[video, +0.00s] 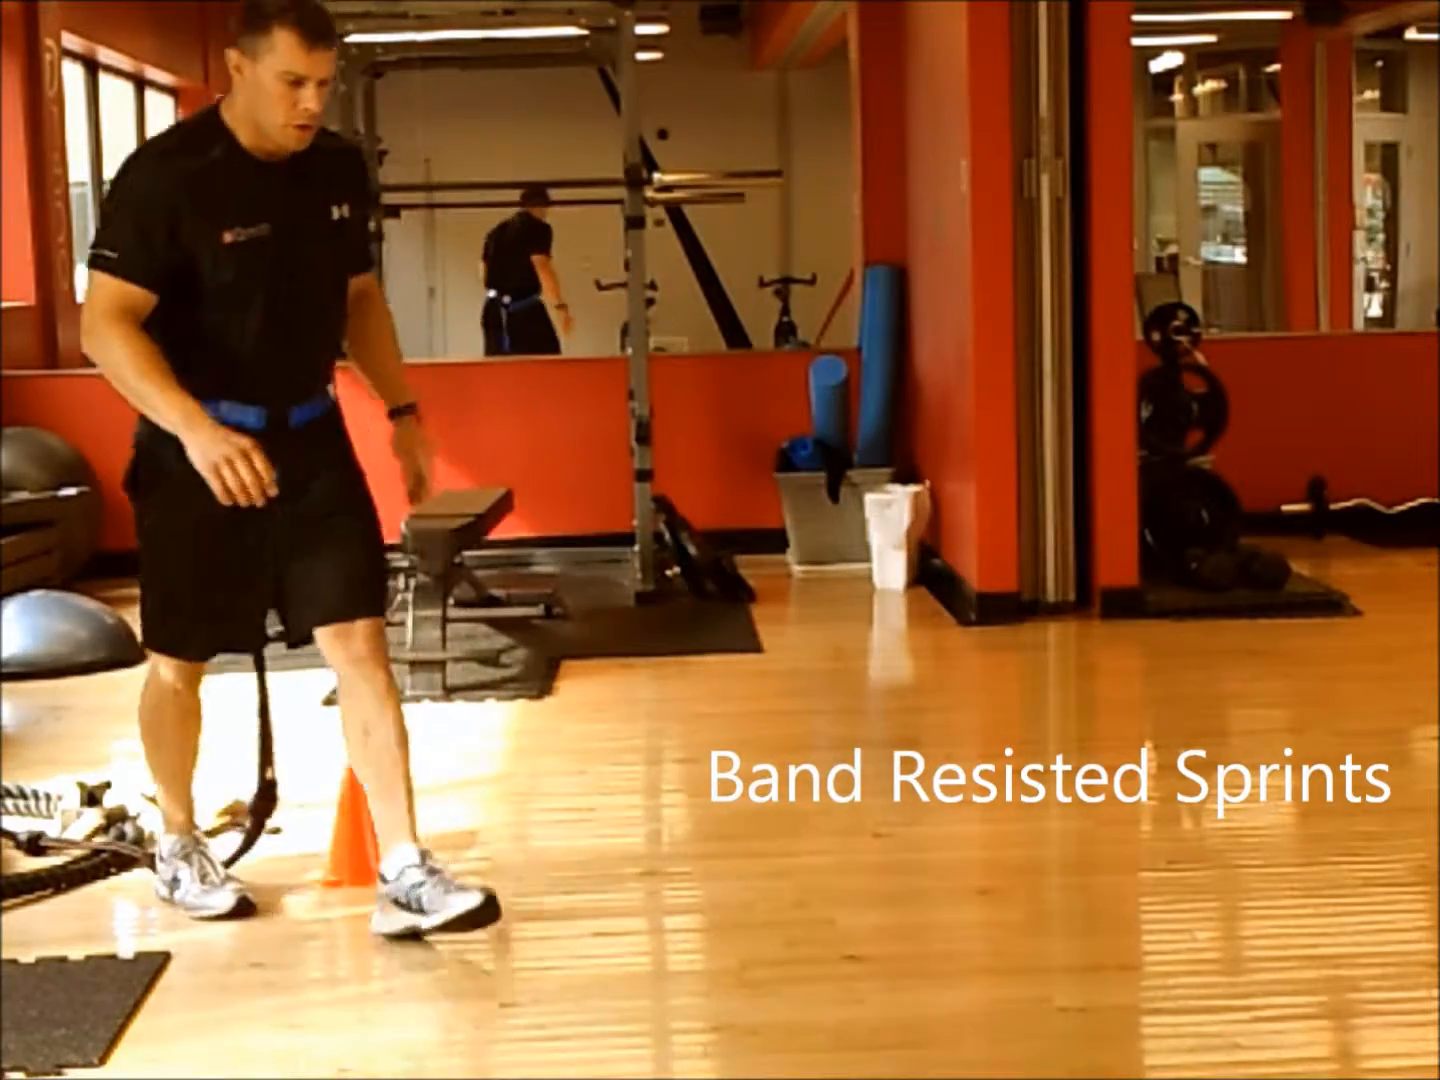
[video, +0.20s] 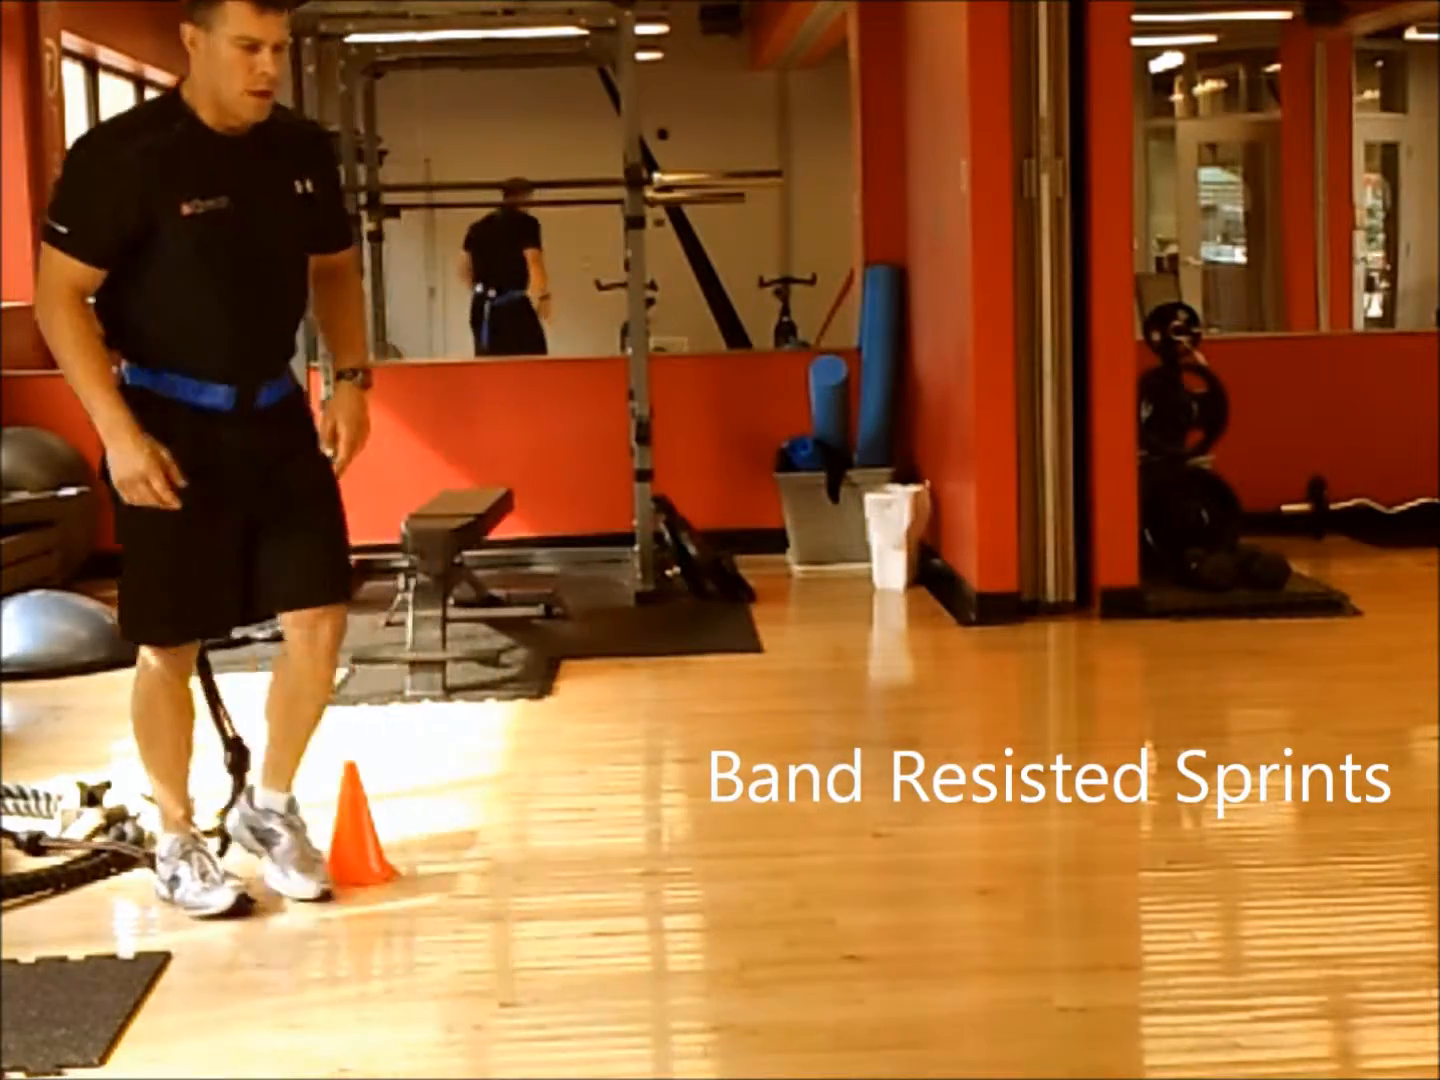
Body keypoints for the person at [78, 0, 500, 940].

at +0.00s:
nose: (313, 104)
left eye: (324, 84)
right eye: (295, 84)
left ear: (331, 77)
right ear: (236, 69)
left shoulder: (339, 167)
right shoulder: (162, 175)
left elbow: (359, 299)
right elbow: (103, 323)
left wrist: (404, 412)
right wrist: (197, 426)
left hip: (309, 441)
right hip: (193, 450)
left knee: (359, 642)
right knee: (178, 661)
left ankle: (405, 868)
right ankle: (180, 847)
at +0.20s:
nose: (271, 70)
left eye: (280, 49)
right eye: (250, 48)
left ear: (286, 49)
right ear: (191, 42)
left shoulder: (306, 151)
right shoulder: (117, 156)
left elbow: (336, 273)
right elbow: (59, 300)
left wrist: (349, 377)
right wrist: (119, 433)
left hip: (278, 423)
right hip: (168, 430)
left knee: (319, 621)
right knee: (170, 646)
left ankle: (267, 809)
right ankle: (177, 840)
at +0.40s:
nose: (253, 61)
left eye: (264, 42)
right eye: (232, 39)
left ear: (277, 47)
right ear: (177, 40)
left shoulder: (296, 154)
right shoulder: (112, 155)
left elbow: (333, 285)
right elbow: (43, 297)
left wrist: (366, 397)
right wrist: (63, 443)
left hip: (256, 428)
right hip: (155, 426)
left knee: (248, 635)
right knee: (167, 642)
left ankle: (201, 791)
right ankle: (175, 841)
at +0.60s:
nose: (269, 82)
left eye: (279, 65)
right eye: (250, 62)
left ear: (289, 72)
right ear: (195, 64)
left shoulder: (303, 183)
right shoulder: (124, 175)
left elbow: (349, 316)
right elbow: (50, 308)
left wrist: (392, 429)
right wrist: (61, 452)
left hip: (249, 439)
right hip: (154, 436)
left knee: (214, 644)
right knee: (199, 646)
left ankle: (184, 811)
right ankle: (178, 843)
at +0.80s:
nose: (299, 98)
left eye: (309, 81)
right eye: (281, 79)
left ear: (316, 84)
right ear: (225, 74)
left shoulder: (327, 191)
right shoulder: (144, 178)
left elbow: (355, 326)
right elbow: (56, 298)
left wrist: (380, 443)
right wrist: (68, 442)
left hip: (259, 441)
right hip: (161, 436)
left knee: (225, 642)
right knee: (200, 639)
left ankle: (190, 813)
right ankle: (177, 835)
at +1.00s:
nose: (354, 165)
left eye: (368, 147)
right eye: (336, 142)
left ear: (377, 147)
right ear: (282, 129)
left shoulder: (376, 236)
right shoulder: (189, 203)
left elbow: (407, 351)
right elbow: (59, 270)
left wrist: (419, 427)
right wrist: (36, 410)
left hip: (271, 469)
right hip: (171, 455)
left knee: (234, 647)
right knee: (230, 634)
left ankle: (175, 801)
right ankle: (179, 830)